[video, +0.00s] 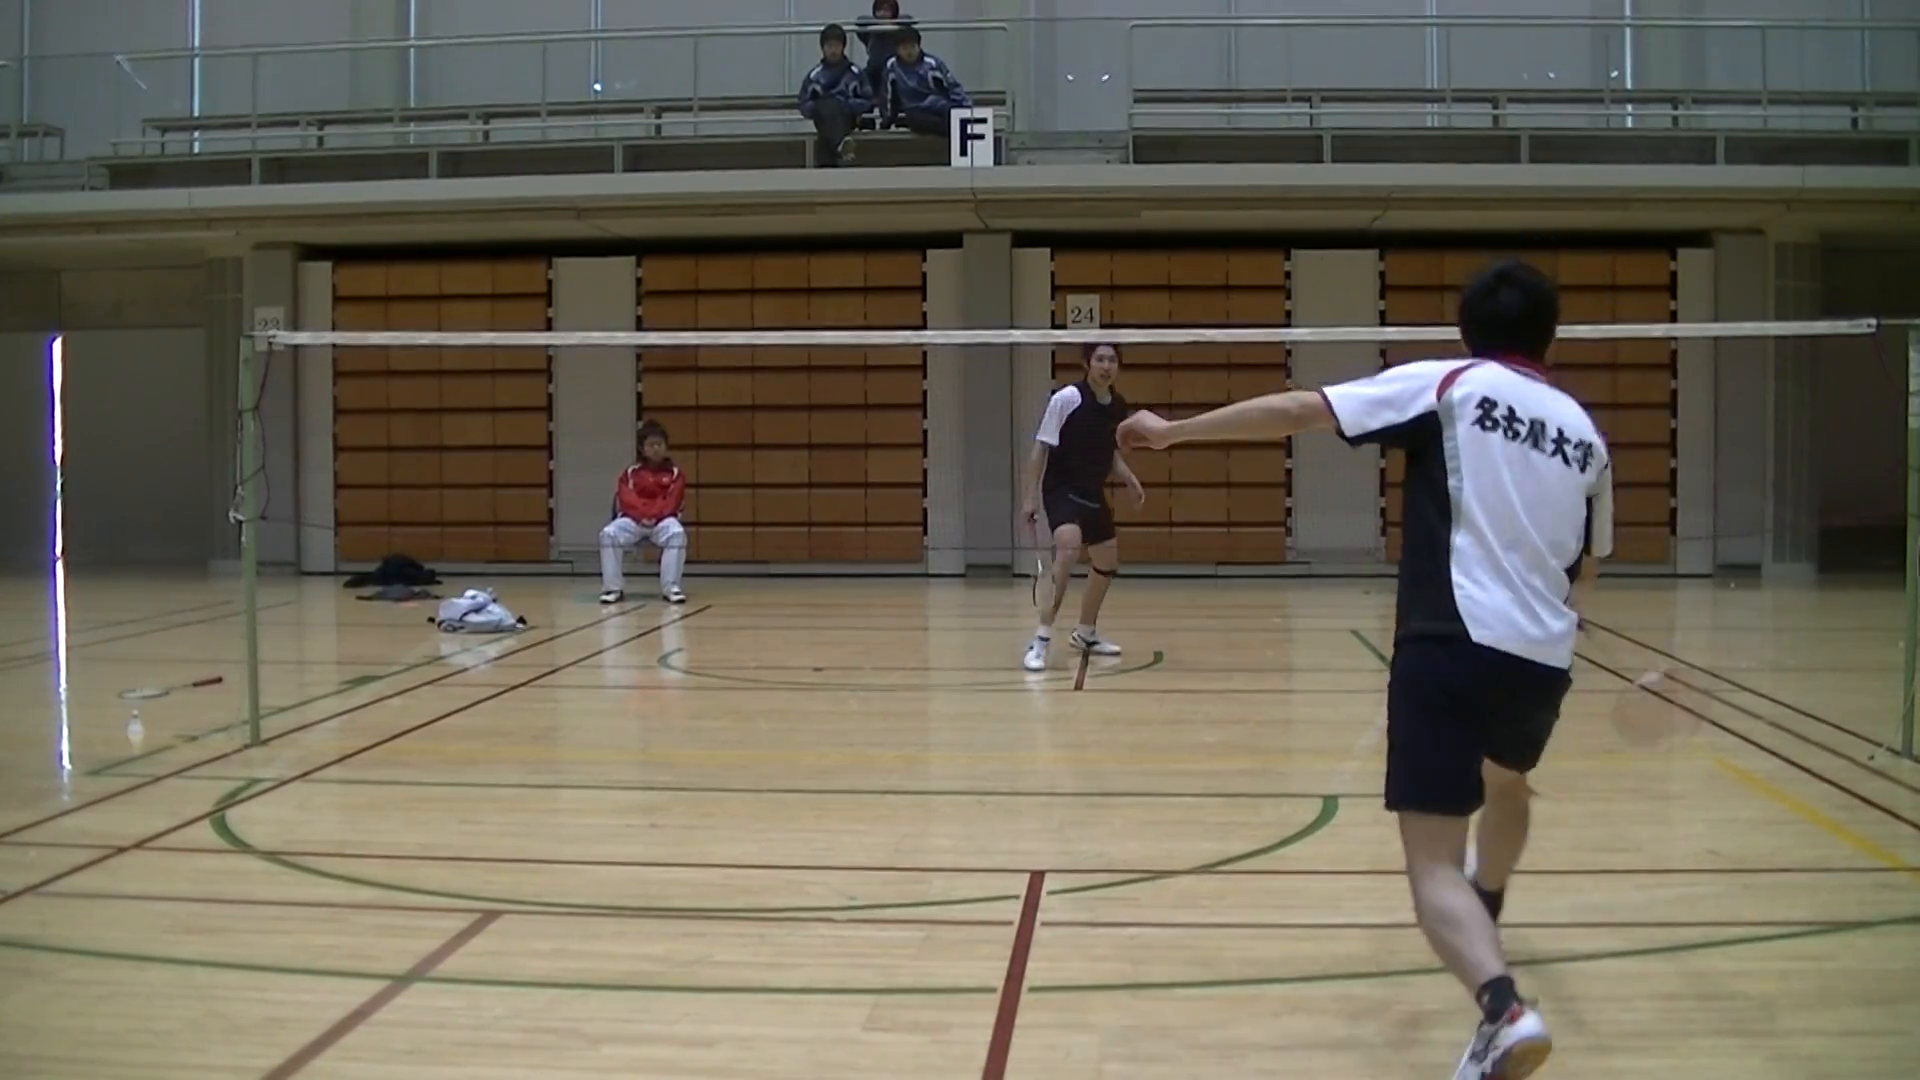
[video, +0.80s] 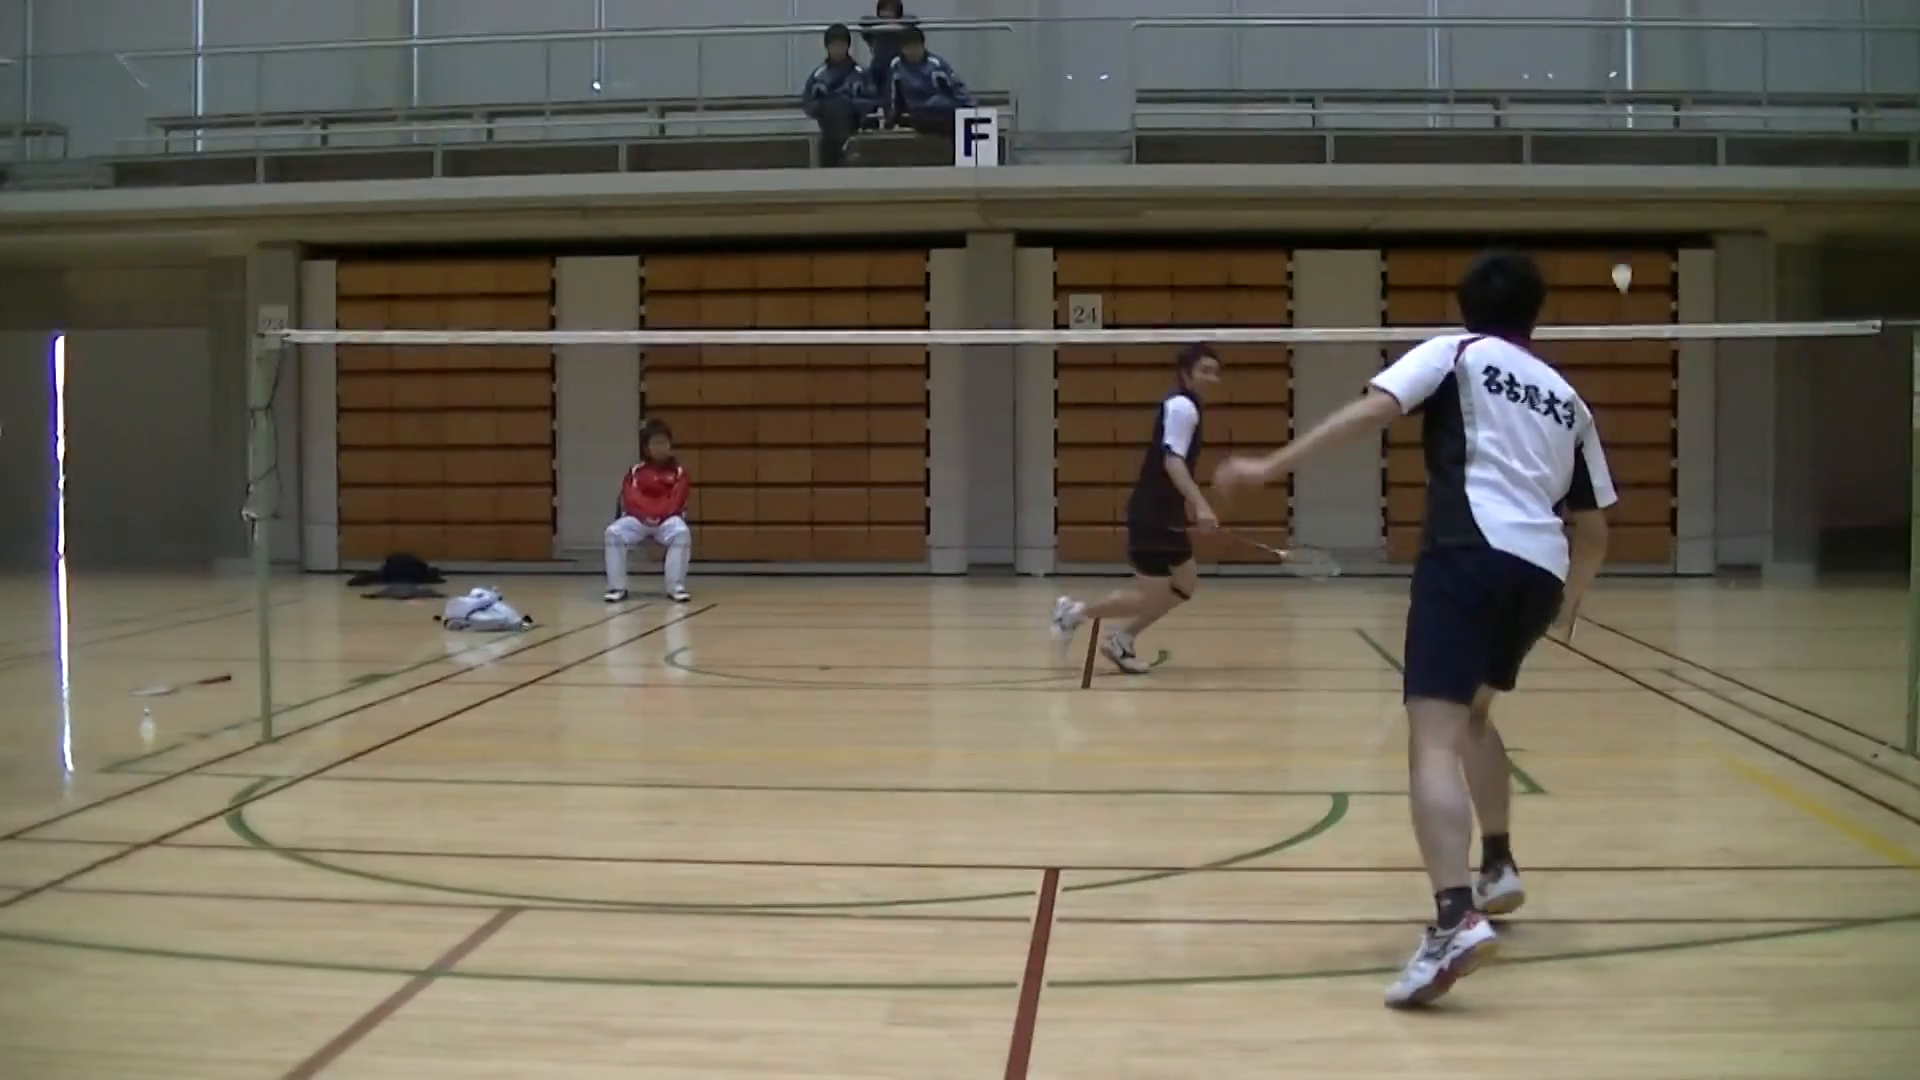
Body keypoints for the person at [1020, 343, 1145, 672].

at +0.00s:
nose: (1107, 366)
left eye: (1112, 361)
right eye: (1101, 359)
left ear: (1118, 367)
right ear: (1087, 364)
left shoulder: (1115, 405)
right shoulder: (1066, 398)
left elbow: (1109, 454)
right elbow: (1040, 449)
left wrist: (1130, 479)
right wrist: (1030, 499)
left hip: (1094, 492)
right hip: (1061, 490)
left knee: (1105, 564)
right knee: (1069, 549)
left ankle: (1085, 633)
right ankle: (1041, 639)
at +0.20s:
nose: (1124, 364)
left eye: (1130, 359)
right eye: (1118, 357)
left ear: (1136, 365)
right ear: (1105, 360)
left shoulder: (1131, 400)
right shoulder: (1087, 394)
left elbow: (1124, 447)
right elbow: (1058, 447)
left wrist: (1152, 475)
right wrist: (1051, 499)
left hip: (1108, 491)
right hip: (1080, 489)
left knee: (1120, 551)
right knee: (1094, 552)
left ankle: (1098, 625)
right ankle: (1073, 638)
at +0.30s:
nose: (1159, 387)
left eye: (1164, 381)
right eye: (1153, 380)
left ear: (1169, 386)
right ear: (1139, 383)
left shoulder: (1168, 423)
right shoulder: (1122, 420)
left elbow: (1178, 466)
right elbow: (1092, 468)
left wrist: (1211, 480)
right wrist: (1085, 520)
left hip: (1143, 508)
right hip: (1115, 506)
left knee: (1155, 572)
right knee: (1133, 565)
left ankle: (1122, 631)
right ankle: (1108, 641)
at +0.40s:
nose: (1168, 403)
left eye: (1173, 397)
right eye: (1161, 396)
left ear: (1180, 402)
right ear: (1147, 400)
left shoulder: (1183, 440)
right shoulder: (1131, 436)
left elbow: (1218, 471)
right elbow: (1102, 482)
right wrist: (1089, 531)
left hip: (1150, 522)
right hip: (1120, 519)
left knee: (1159, 586)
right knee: (1137, 575)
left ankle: (1127, 633)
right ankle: (1111, 640)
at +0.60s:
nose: (1175, 386)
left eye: (1179, 381)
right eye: (1168, 380)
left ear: (1184, 388)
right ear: (1151, 387)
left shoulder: (1186, 426)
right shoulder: (1138, 426)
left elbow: (1204, 444)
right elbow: (1126, 483)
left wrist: (1247, 432)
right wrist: (1141, 526)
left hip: (1166, 517)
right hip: (1132, 514)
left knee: (1175, 583)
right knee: (1116, 584)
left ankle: (1125, 617)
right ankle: (1090, 641)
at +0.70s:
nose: (1189, 374)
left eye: (1193, 369)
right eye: (1182, 368)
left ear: (1195, 374)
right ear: (1164, 372)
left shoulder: (1180, 411)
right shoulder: (1158, 409)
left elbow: (1175, 451)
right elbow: (1151, 463)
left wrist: (1203, 446)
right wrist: (1176, 503)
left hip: (1165, 507)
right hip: (1138, 506)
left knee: (1187, 577)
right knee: (1120, 593)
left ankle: (1124, 624)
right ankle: (1063, 630)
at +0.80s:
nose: (1212, 379)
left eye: (1215, 373)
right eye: (1206, 371)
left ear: (1214, 376)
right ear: (1186, 372)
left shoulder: (1188, 407)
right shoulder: (1181, 408)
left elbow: (1171, 463)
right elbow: (1172, 462)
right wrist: (1201, 505)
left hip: (1166, 509)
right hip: (1150, 510)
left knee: (1185, 583)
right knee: (1155, 597)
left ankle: (1123, 638)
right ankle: (1074, 612)